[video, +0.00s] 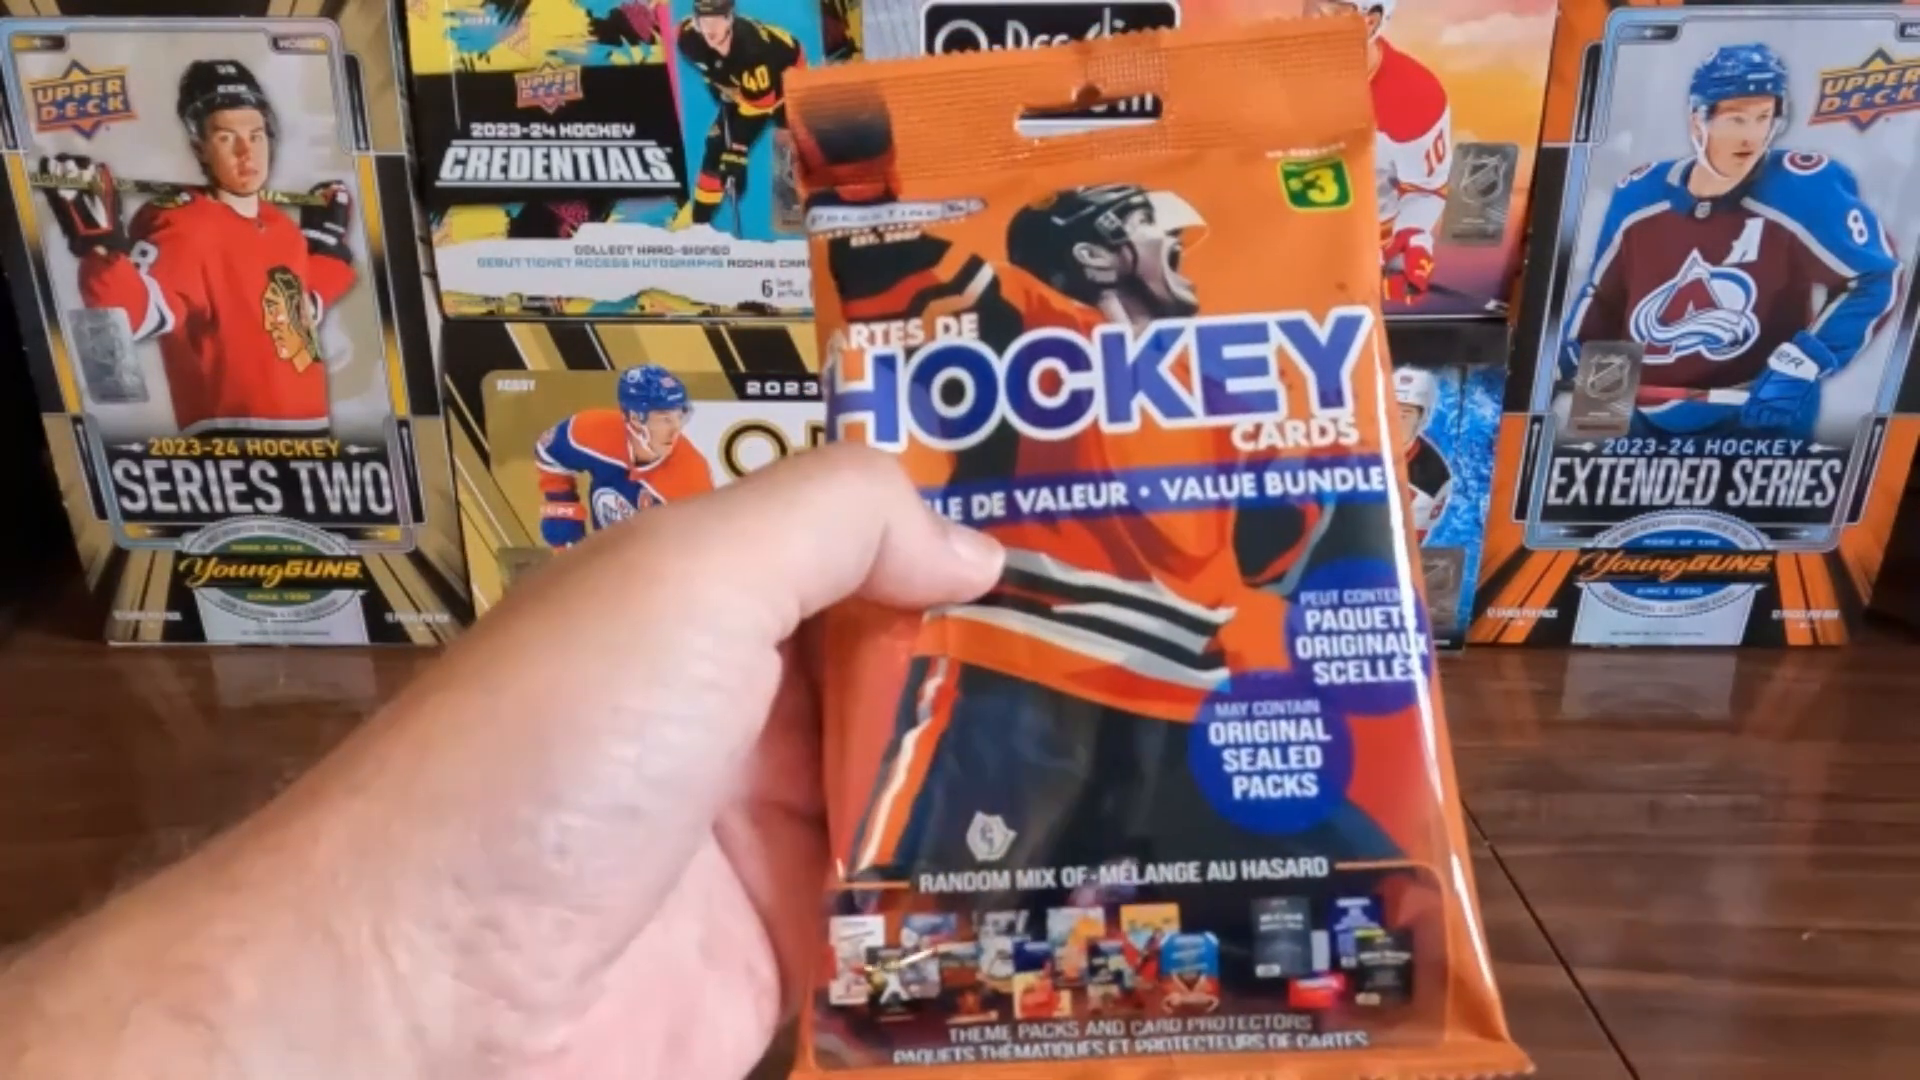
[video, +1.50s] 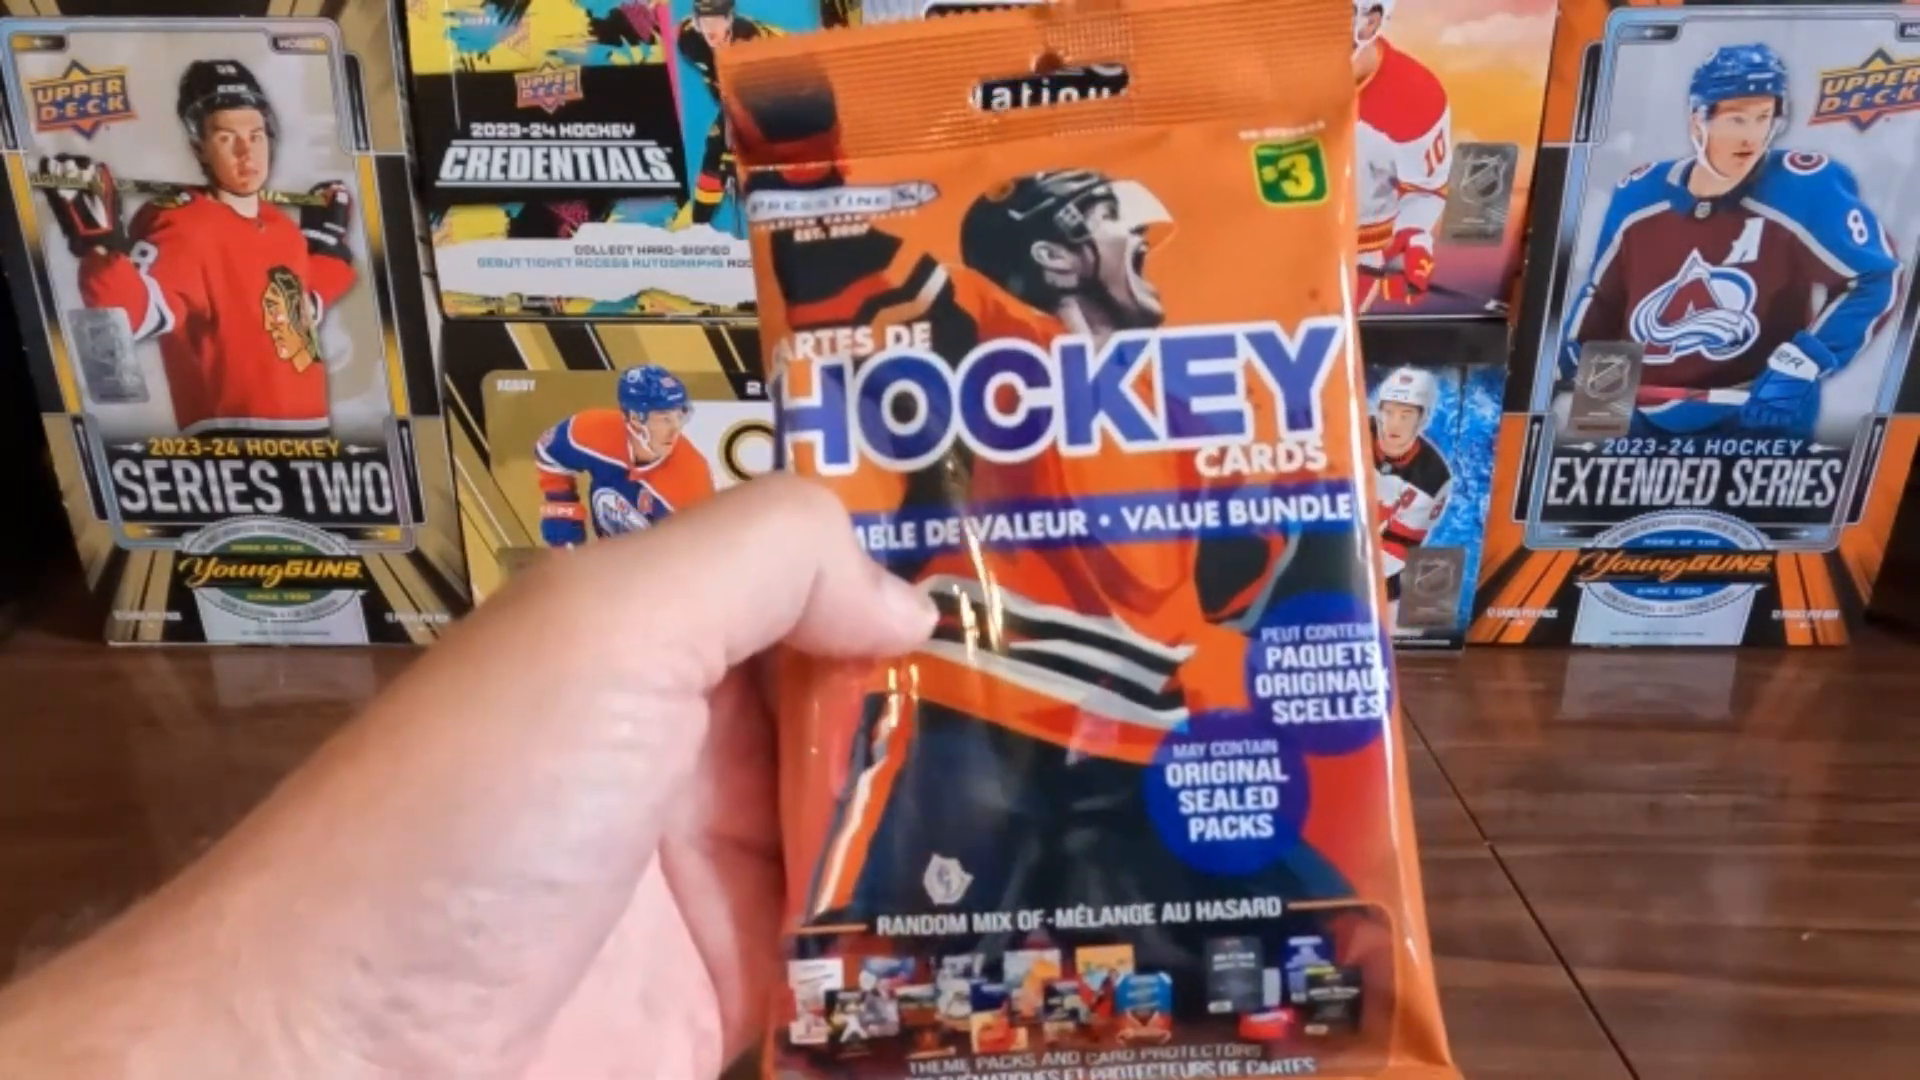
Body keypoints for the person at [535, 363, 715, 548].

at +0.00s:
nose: (676, 430)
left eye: (680, 418)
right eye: (664, 419)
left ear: (685, 417)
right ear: (635, 420)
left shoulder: (691, 476)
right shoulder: (593, 432)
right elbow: (550, 453)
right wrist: (566, 532)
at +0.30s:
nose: (676, 430)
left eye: (679, 418)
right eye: (664, 419)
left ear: (685, 417)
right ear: (634, 420)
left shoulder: (691, 477)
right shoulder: (592, 432)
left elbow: (701, 547)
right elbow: (550, 454)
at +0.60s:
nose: (676, 430)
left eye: (679, 419)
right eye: (665, 420)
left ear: (685, 416)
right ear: (634, 420)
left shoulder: (694, 475)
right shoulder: (592, 431)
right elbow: (549, 454)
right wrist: (564, 519)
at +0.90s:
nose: (676, 430)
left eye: (679, 418)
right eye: (665, 420)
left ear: (684, 417)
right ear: (635, 420)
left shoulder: (692, 475)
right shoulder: (591, 431)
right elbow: (550, 454)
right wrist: (565, 527)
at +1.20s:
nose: (675, 430)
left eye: (679, 419)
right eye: (664, 419)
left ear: (684, 417)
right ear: (634, 420)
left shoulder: (691, 476)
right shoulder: (593, 431)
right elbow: (550, 454)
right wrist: (564, 524)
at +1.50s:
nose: (676, 430)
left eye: (680, 418)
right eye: (664, 419)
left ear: (685, 416)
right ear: (635, 420)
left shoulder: (692, 476)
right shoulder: (594, 431)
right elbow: (550, 454)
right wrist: (565, 531)